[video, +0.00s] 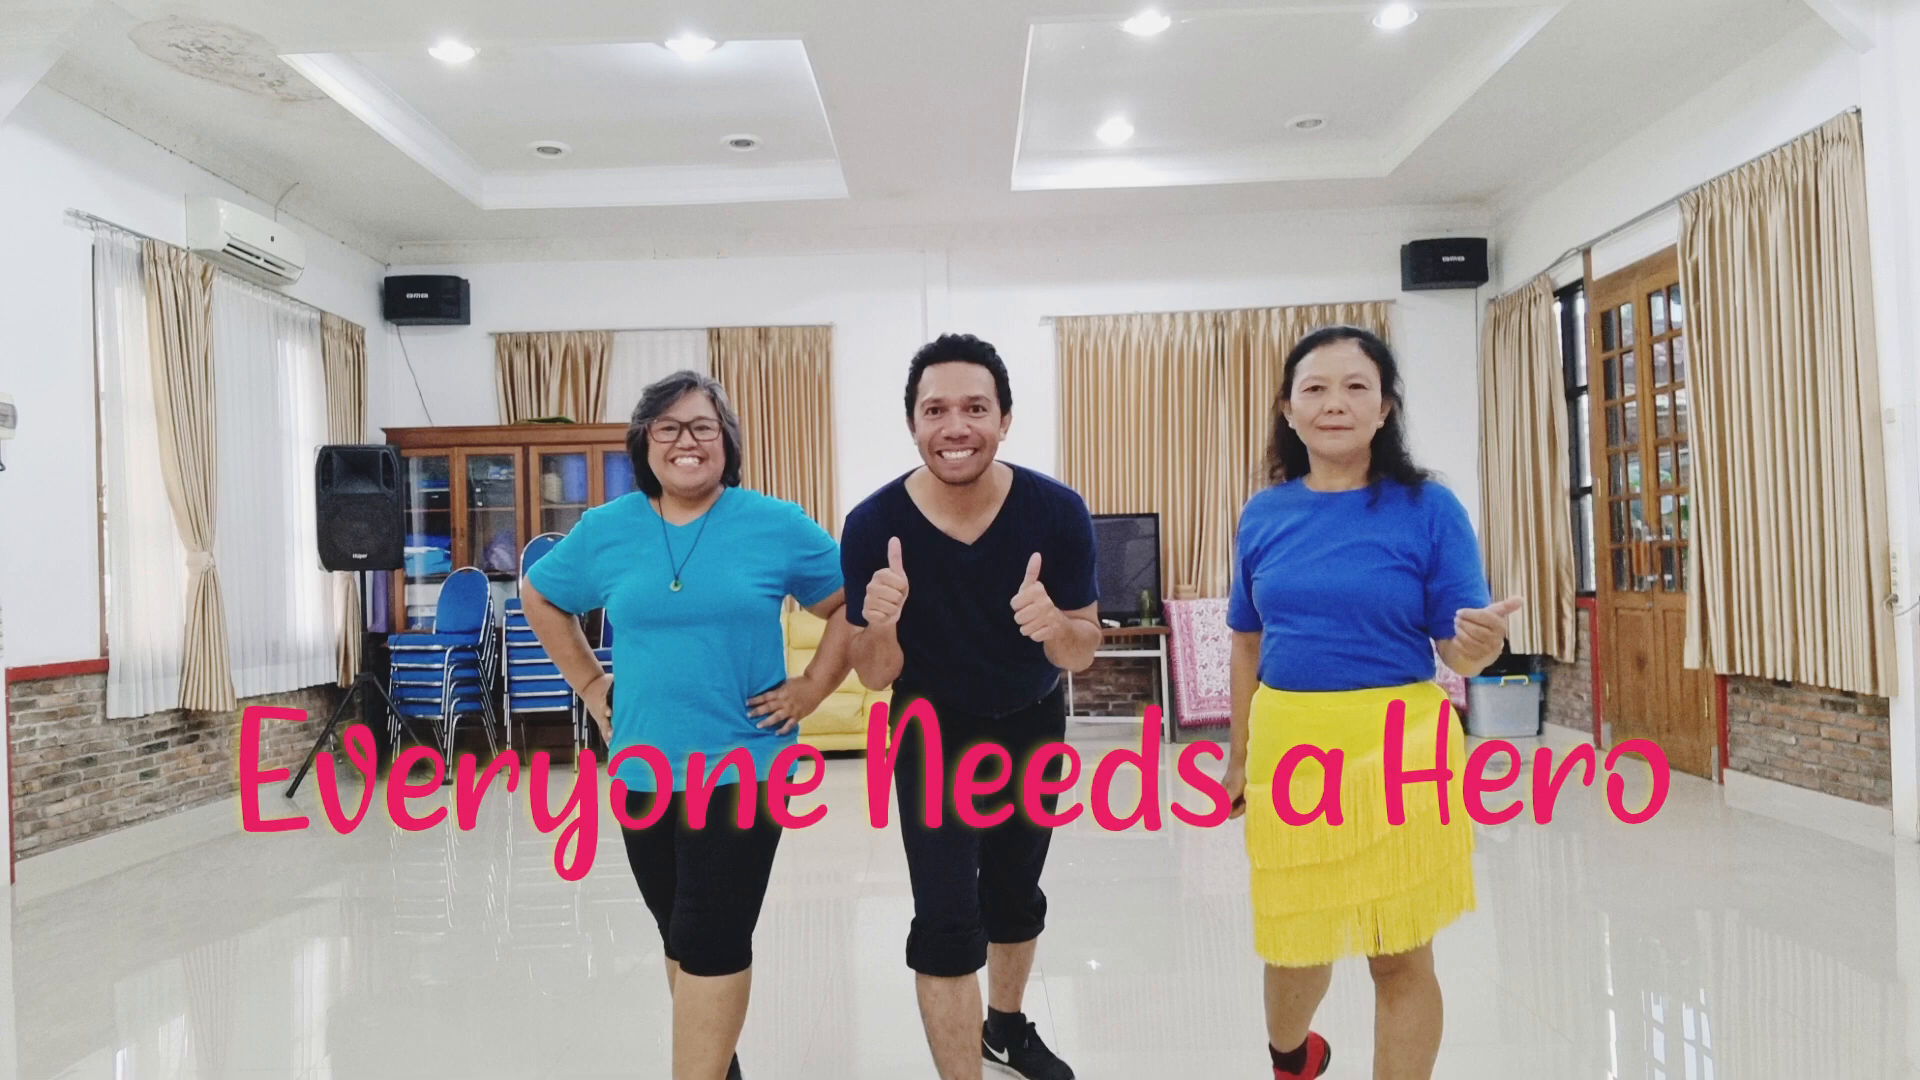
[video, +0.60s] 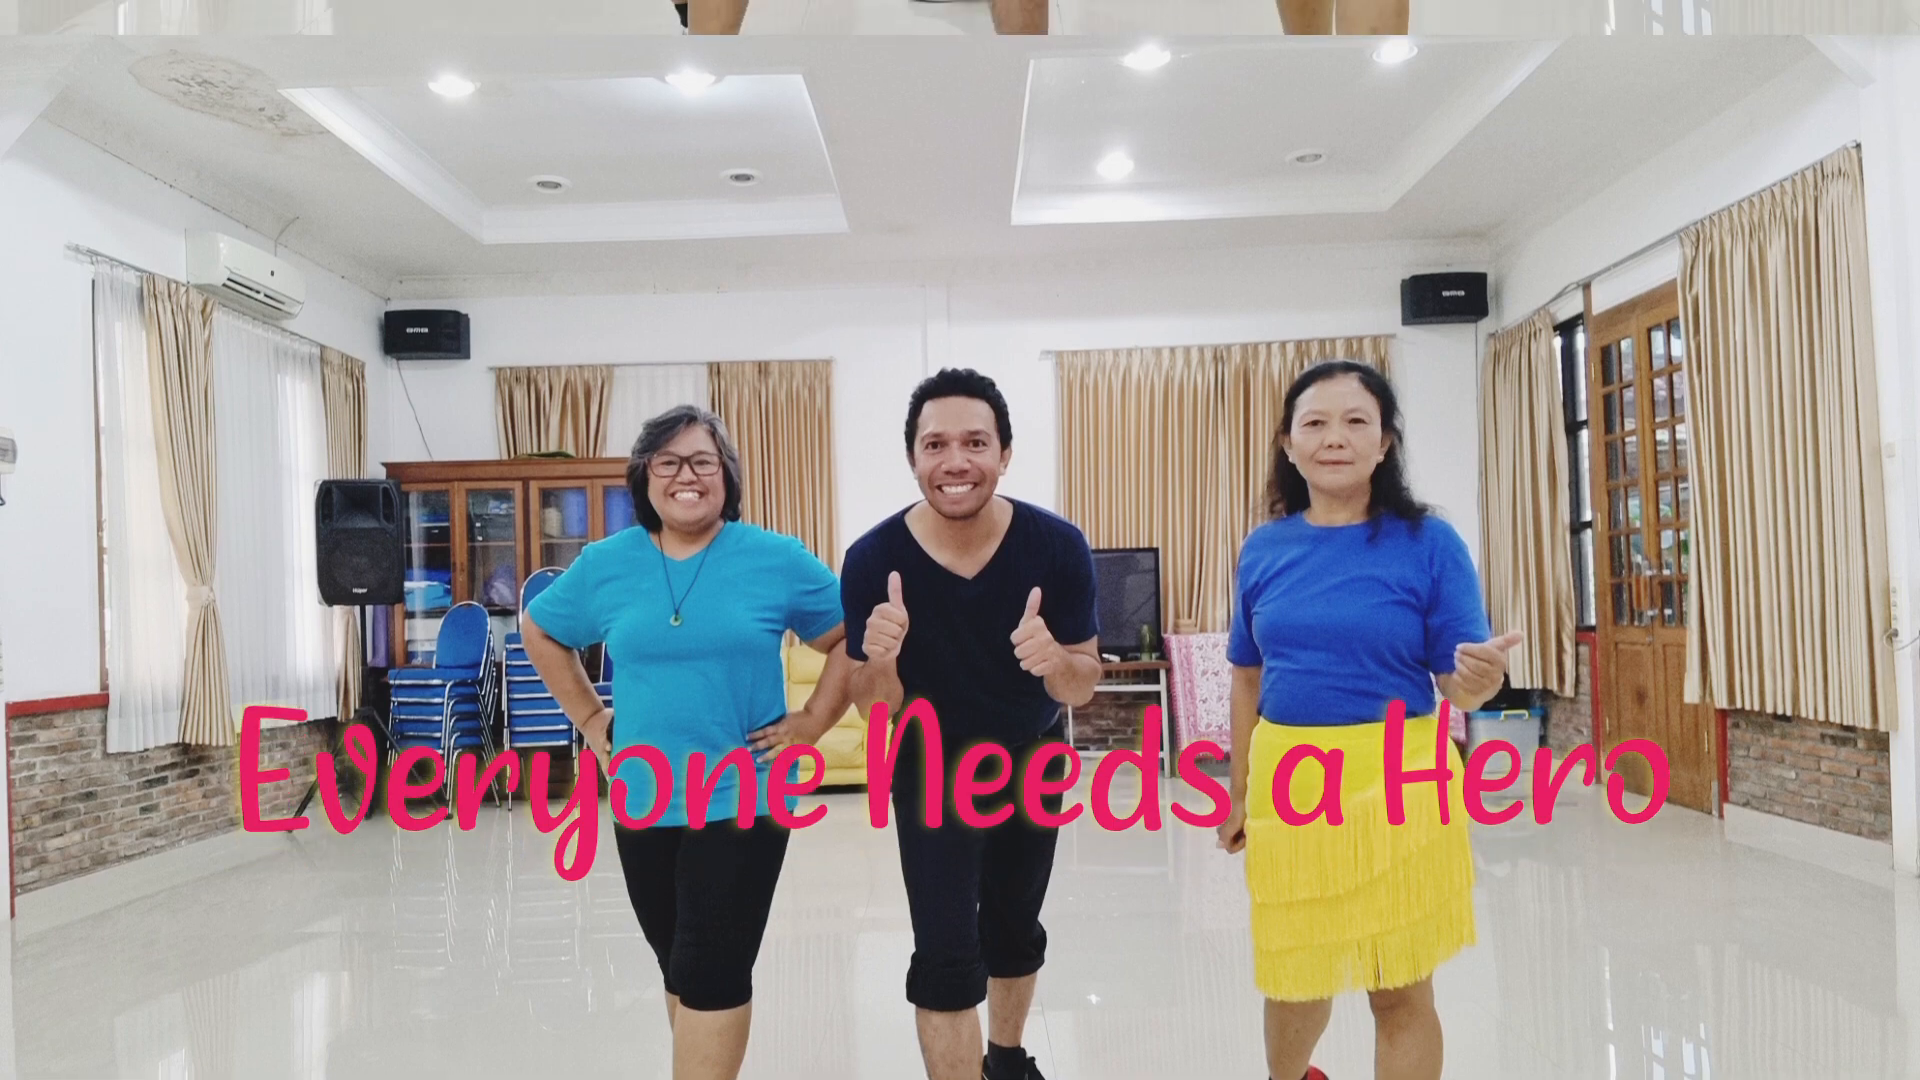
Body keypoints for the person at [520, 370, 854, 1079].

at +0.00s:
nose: (687, 440)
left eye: (702, 428)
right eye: (670, 428)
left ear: (727, 443)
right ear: (645, 446)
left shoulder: (778, 527)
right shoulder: (605, 530)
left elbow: (853, 605)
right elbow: (538, 594)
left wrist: (812, 686)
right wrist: (590, 683)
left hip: (746, 773)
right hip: (643, 775)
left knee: (708, 946)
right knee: (683, 944)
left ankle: (696, 1079)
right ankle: (722, 1070)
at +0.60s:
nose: (687, 476)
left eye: (703, 463)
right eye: (670, 464)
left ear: (727, 478)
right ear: (645, 482)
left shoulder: (778, 560)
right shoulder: (607, 564)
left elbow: (853, 642)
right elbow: (538, 630)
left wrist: (811, 721)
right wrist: (592, 718)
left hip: (743, 811)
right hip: (643, 813)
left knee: (706, 982)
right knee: (685, 982)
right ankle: (706, 1076)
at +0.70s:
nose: (688, 556)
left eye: (703, 543)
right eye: (670, 544)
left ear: (727, 557)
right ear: (645, 561)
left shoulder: (778, 642)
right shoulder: (606, 646)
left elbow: (850, 719)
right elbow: (539, 706)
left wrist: (813, 804)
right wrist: (589, 795)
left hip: (745, 890)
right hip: (642, 895)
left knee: (703, 1061)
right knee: (688, 1062)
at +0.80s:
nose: (687, 716)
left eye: (703, 704)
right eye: (669, 704)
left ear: (727, 716)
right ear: (645, 716)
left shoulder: (769, 801)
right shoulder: (614, 803)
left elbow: (853, 875)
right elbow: (539, 869)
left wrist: (815, 960)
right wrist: (592, 961)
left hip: (748, 1044)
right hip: (644, 1046)